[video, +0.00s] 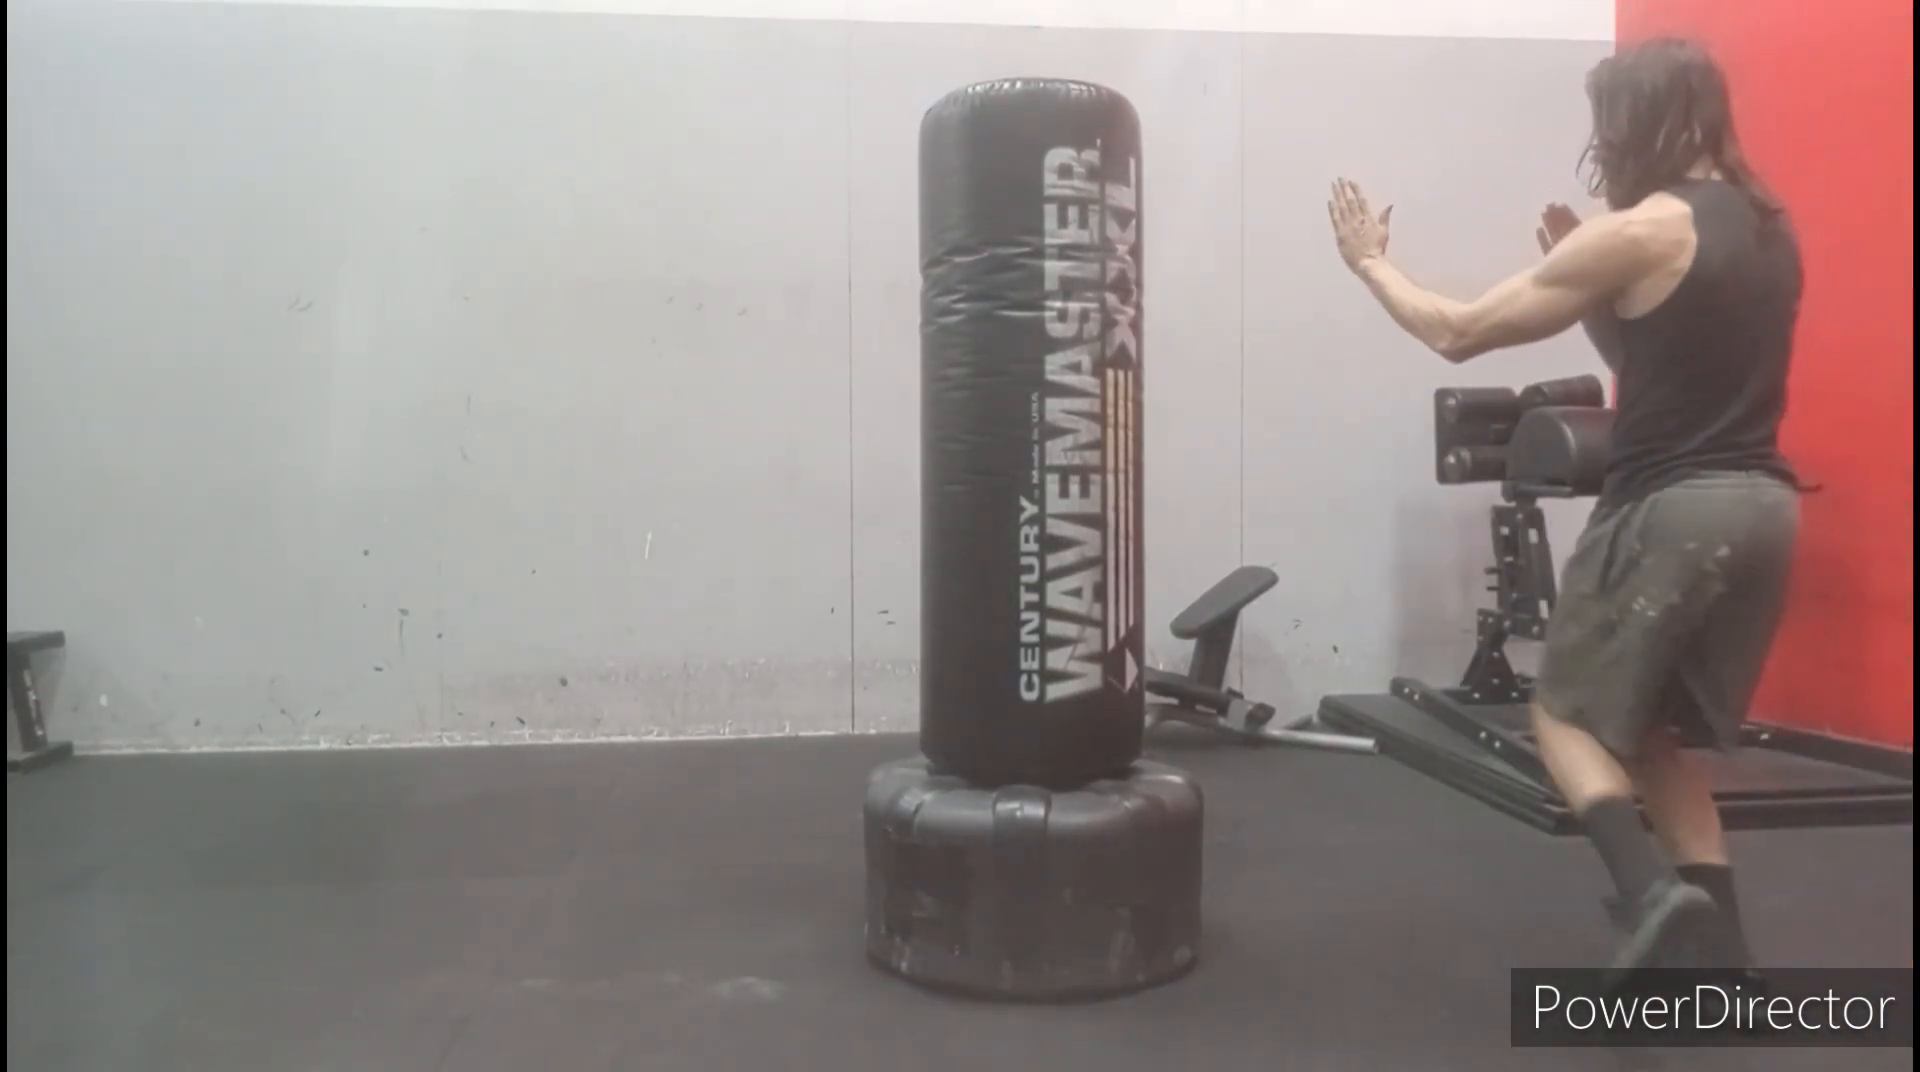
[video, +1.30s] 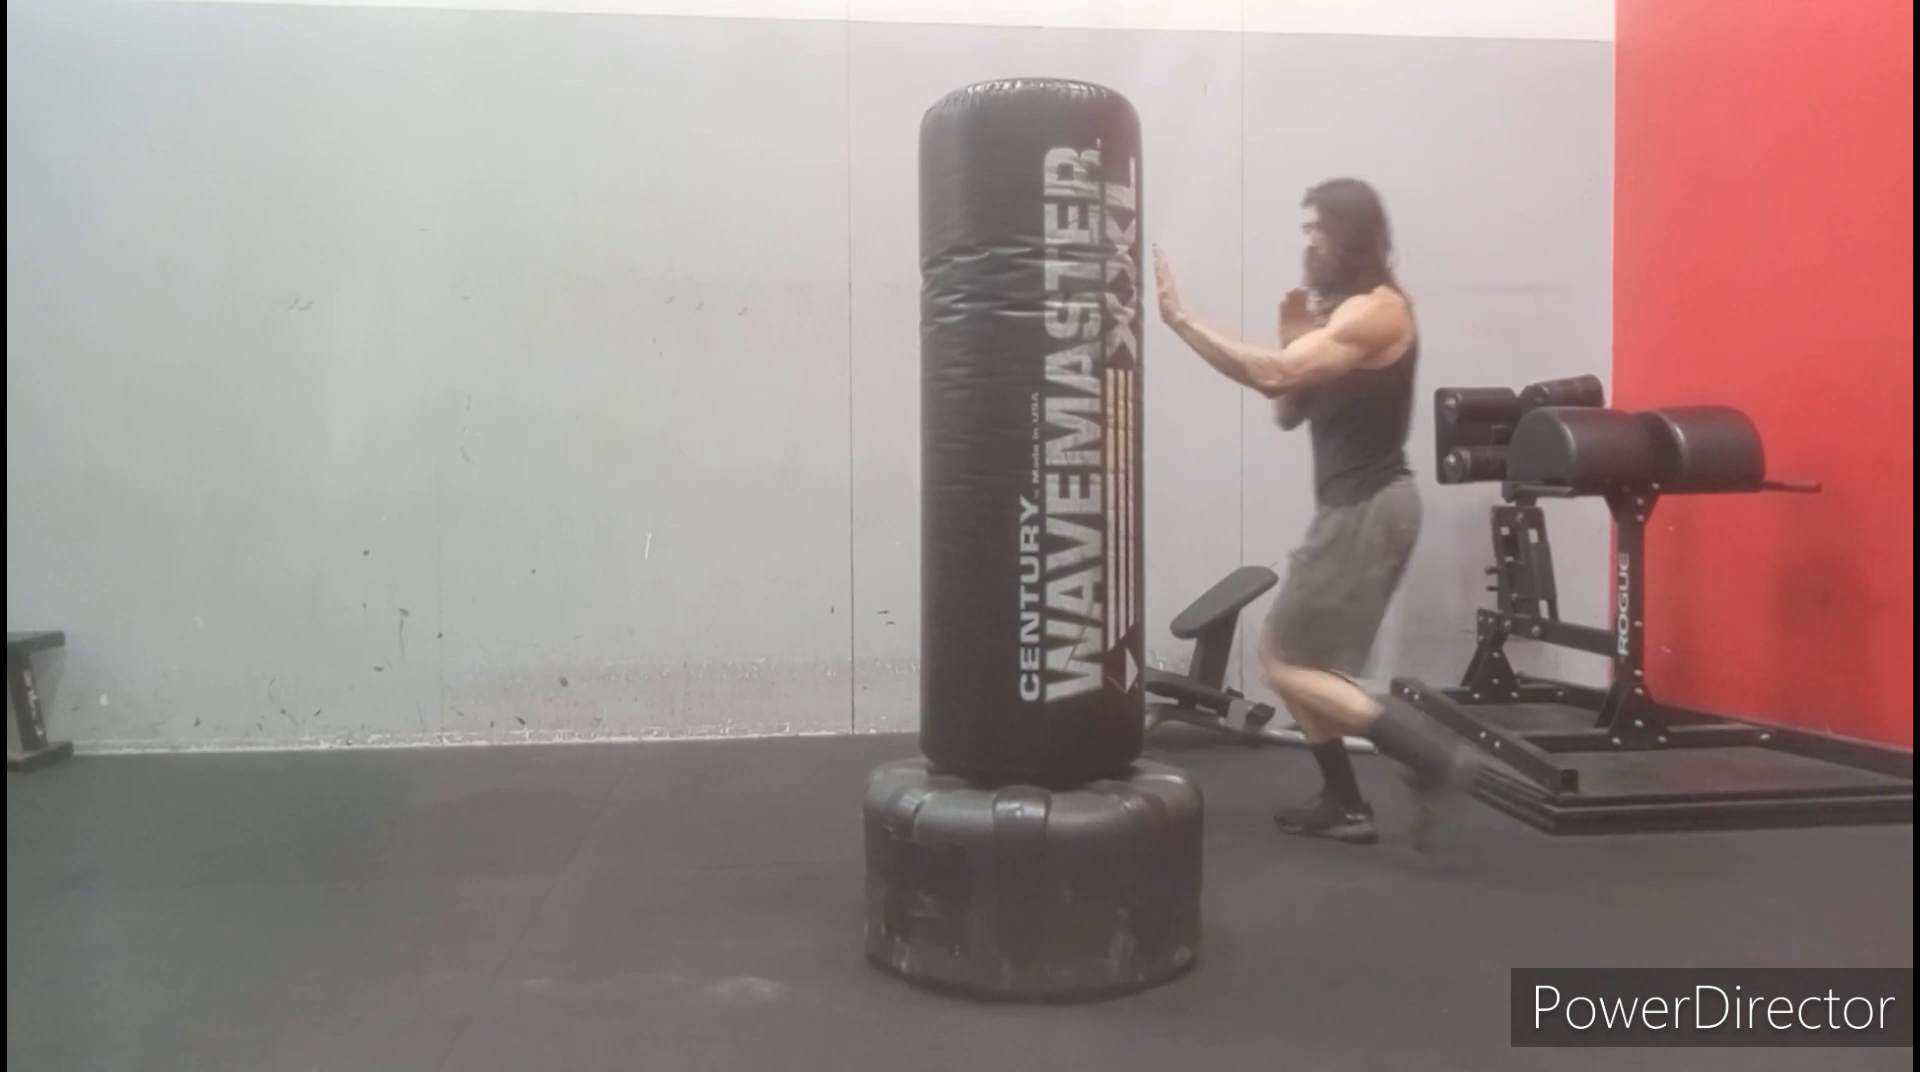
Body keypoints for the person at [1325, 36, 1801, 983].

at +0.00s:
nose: (1597, 139)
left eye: (1605, 121)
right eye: (1600, 120)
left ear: (1633, 125)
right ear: (1706, 119)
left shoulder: (1638, 233)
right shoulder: (1767, 224)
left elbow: (1458, 330)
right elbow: (1666, 358)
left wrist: (1368, 261)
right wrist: (1585, 273)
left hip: (1676, 506)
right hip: (1766, 501)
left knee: (1564, 713)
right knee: (1667, 744)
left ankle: (1648, 888)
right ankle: (1723, 968)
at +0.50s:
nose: (1498, 197)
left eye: (1506, 181)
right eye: (1498, 180)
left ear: (1538, 186)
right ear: (1588, 185)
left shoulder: (1551, 279)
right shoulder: (1627, 265)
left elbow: (1390, 366)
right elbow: (1546, 380)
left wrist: (1297, 301)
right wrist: (1489, 311)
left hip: (1554, 509)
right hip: (1637, 505)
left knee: (1496, 682)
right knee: (1602, 725)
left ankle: (1534, 860)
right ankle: (1703, 895)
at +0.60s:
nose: (1473, 205)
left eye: (1481, 190)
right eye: (1474, 189)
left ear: (1515, 195)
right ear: (1556, 195)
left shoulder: (1526, 285)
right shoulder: (1594, 275)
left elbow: (1374, 368)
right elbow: (1518, 382)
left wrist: (1280, 306)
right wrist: (1467, 316)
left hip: (1531, 511)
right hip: (1606, 507)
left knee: (1474, 684)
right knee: (1568, 705)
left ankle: (1531, 859)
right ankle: (1668, 810)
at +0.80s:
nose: (1430, 216)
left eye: (1440, 203)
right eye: (1432, 201)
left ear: (1474, 210)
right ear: (1503, 209)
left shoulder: (1485, 291)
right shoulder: (1534, 284)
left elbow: (1349, 368)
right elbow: (1461, 408)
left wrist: (1254, 311)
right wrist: (1417, 327)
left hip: (1501, 510)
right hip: (1549, 499)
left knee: (1444, 684)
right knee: (1479, 654)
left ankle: (1528, 856)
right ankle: (1542, 772)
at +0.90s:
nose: (1408, 223)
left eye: (1419, 211)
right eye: (1410, 209)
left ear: (1455, 217)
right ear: (1476, 217)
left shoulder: (1470, 291)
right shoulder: (1497, 289)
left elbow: (1336, 369)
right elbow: (1426, 416)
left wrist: (1240, 313)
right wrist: (1393, 331)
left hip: (1490, 509)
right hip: (1504, 500)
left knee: (1442, 691)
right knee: (1390, 621)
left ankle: (1533, 859)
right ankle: (1458, 775)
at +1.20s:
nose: (1331, 238)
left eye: (1340, 225)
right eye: (1331, 225)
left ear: (1374, 230)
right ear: (1377, 231)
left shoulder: (1403, 305)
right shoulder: (1375, 307)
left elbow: (1291, 373)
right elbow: (1320, 414)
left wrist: (1195, 318)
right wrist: (1320, 338)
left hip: (1400, 511)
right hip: (1379, 510)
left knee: (1365, 692)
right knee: (1298, 644)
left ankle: (1500, 817)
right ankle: (1344, 800)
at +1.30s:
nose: (1305, 246)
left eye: (1316, 233)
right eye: (1304, 233)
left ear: (1354, 240)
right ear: (1329, 237)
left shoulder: (1377, 309)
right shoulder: (1344, 312)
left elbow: (1277, 374)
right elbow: (1287, 413)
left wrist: (1180, 320)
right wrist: (1291, 341)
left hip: (1371, 507)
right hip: (1357, 505)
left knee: (1279, 655)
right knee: (1299, 657)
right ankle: (1343, 800)